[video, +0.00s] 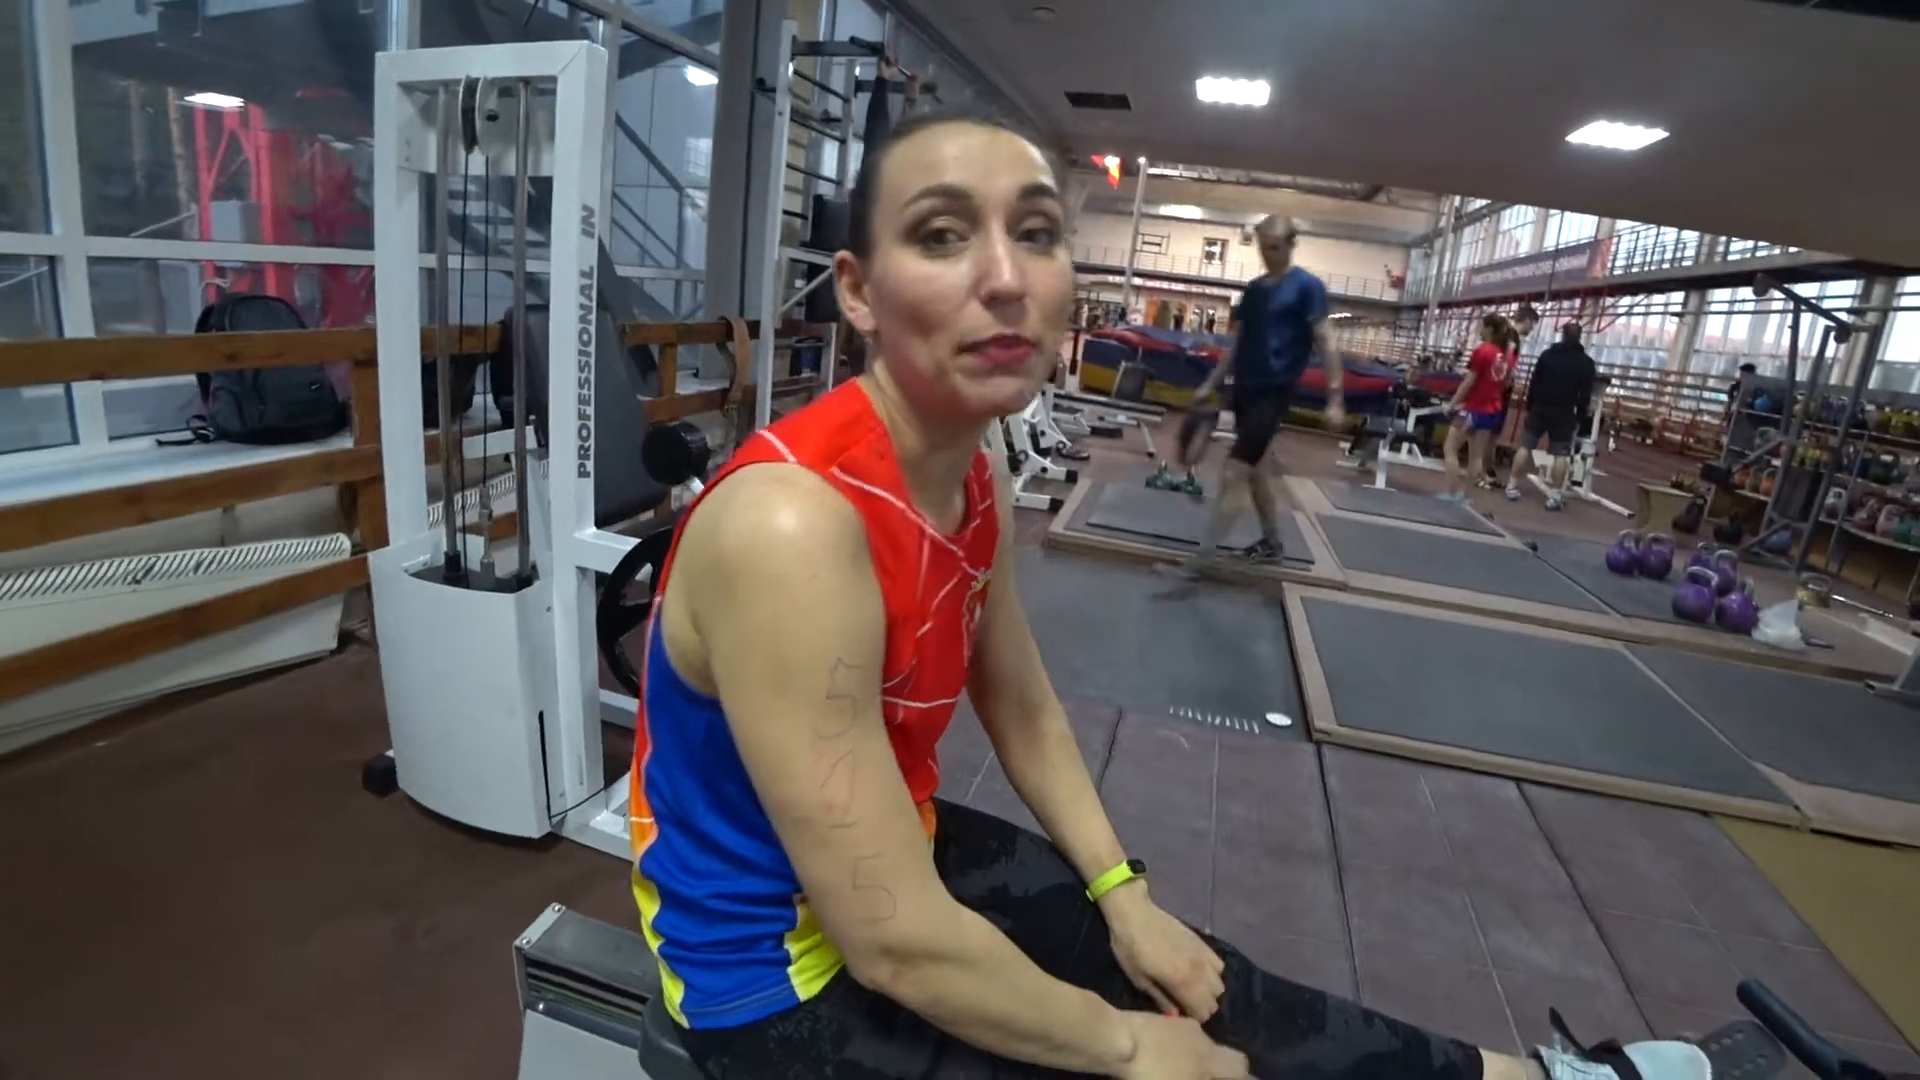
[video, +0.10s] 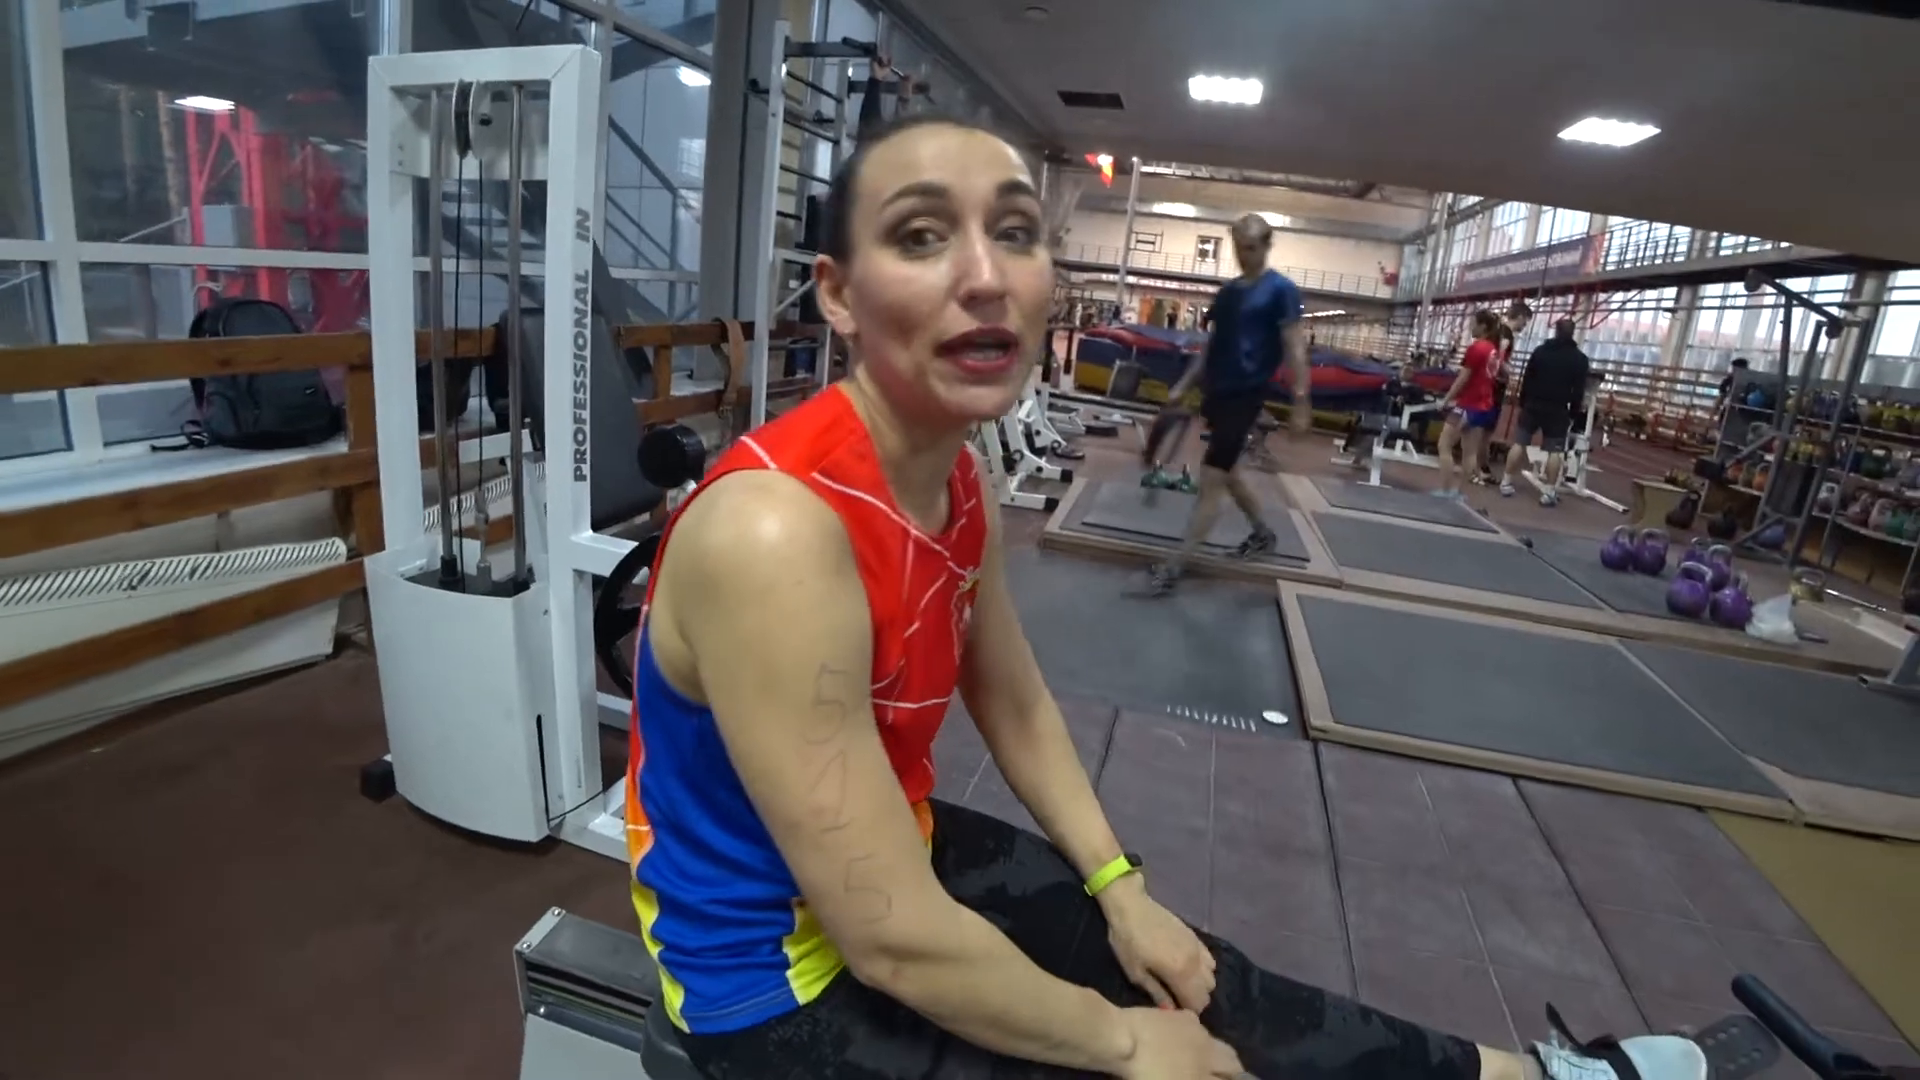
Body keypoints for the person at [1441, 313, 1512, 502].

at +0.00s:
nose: (1479, 331)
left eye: (1482, 327)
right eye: (1481, 327)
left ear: (1489, 329)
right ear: (1498, 331)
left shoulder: (1482, 351)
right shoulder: (1504, 353)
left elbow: (1469, 380)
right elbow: (1505, 382)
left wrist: (1453, 402)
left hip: (1472, 408)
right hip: (1491, 409)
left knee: (1450, 446)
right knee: (1476, 455)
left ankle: (1452, 491)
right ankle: (1466, 494)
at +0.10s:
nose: (1471, 327)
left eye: (1474, 324)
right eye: (1472, 323)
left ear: (1483, 326)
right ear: (1488, 327)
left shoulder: (1477, 348)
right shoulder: (1494, 349)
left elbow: (1464, 377)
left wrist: (1447, 398)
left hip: (1466, 405)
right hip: (1482, 406)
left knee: (1444, 444)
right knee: (1470, 452)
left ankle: (1446, 489)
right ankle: (1460, 491)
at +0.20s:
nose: (1465, 325)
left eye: (1468, 321)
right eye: (1466, 321)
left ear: (1478, 324)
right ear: (1482, 325)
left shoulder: (1473, 346)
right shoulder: (1488, 348)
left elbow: (1460, 375)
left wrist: (1443, 397)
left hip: (1462, 403)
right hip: (1477, 405)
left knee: (1440, 442)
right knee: (1464, 450)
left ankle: (1441, 487)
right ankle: (1455, 490)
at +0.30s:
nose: (1462, 325)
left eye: (1466, 322)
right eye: (1463, 321)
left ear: (1477, 324)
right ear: (1479, 325)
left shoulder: (1472, 346)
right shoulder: (1484, 346)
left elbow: (1462, 375)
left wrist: (1444, 398)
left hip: (1460, 402)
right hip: (1473, 403)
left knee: (1439, 442)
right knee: (1460, 447)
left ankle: (1441, 487)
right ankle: (1454, 489)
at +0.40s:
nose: (1461, 323)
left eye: (1465, 320)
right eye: (1462, 319)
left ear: (1476, 322)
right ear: (1477, 323)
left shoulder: (1473, 344)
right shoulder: (1482, 344)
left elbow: (1465, 373)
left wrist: (1445, 398)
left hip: (1460, 401)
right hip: (1471, 402)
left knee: (1441, 441)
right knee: (1457, 445)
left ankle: (1441, 485)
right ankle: (1454, 487)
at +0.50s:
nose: (1461, 320)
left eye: (1465, 317)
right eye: (1462, 316)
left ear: (1477, 319)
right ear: (1477, 319)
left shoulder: (1476, 342)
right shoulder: (1480, 341)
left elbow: (1468, 373)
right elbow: (1463, 372)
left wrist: (1451, 398)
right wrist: (1447, 390)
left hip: (1460, 399)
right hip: (1466, 399)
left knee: (1446, 444)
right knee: (1453, 444)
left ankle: (1444, 484)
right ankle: (1455, 484)